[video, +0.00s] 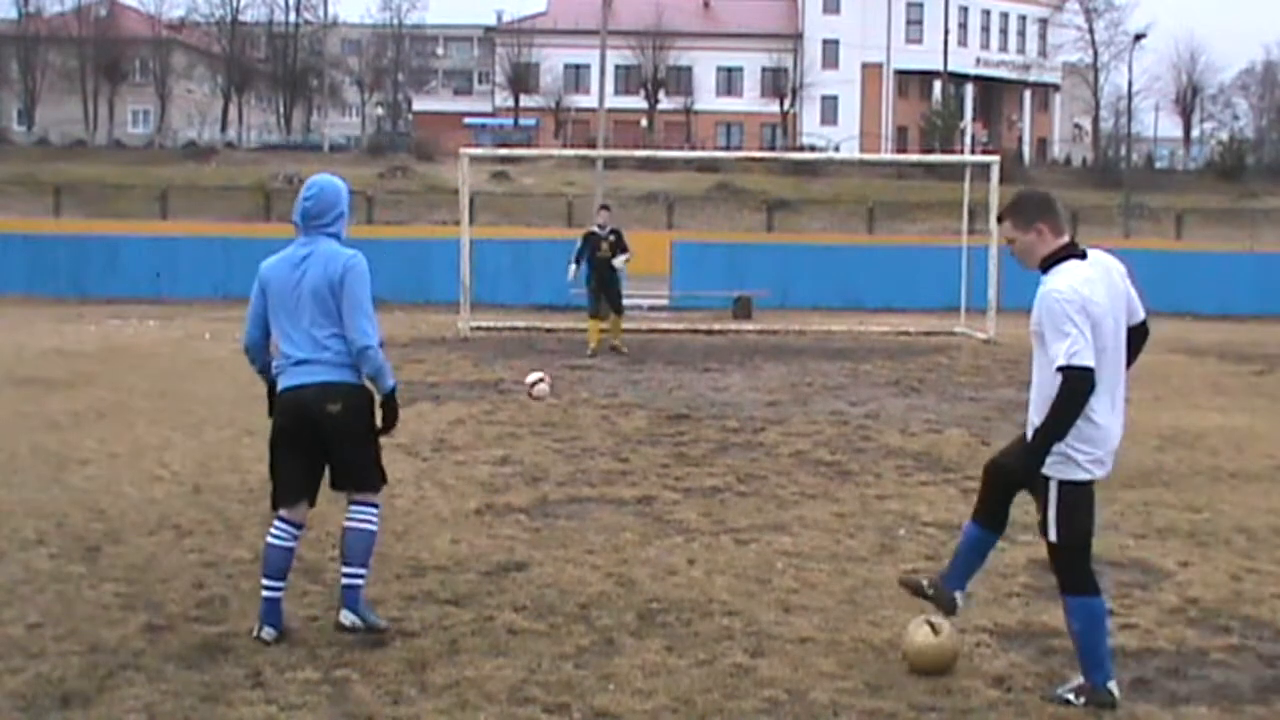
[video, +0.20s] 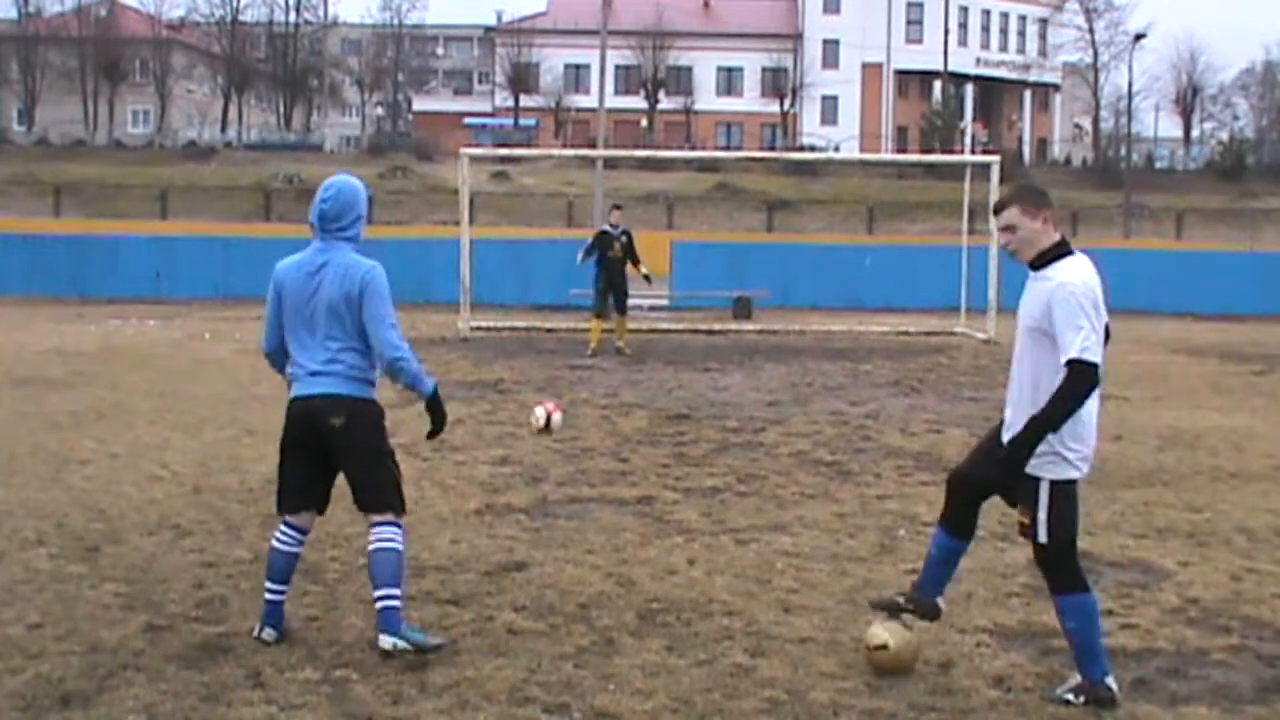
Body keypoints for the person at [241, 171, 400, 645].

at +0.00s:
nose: (349, 219)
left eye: (343, 211)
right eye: (347, 212)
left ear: (300, 213)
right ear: (341, 215)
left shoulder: (271, 266)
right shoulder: (350, 263)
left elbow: (254, 340)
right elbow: (362, 342)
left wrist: (272, 376)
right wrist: (388, 387)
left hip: (291, 400)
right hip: (344, 398)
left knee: (291, 506)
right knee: (364, 494)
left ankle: (270, 616)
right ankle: (352, 605)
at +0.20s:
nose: (367, 221)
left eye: (363, 213)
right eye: (365, 215)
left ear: (318, 215)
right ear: (360, 219)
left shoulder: (286, 269)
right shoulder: (367, 273)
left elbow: (273, 348)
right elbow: (389, 350)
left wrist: (303, 378)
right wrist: (429, 390)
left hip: (301, 410)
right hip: (355, 411)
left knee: (296, 514)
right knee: (384, 513)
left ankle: (269, 621)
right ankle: (391, 625)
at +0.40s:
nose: (401, 230)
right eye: (401, 223)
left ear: (356, 228)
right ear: (401, 228)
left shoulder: (328, 285)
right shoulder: (415, 288)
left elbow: (306, 360)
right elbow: (447, 364)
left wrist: (312, 399)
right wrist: (487, 400)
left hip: (333, 425)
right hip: (386, 427)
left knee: (318, 523)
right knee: (402, 536)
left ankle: (282, 618)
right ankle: (389, 652)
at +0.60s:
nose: (431, 215)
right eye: (430, 207)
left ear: (382, 206)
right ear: (428, 210)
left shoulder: (351, 264)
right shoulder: (443, 265)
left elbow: (326, 342)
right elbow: (468, 339)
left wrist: (318, 399)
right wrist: (493, 384)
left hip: (363, 407)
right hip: (414, 412)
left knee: (373, 514)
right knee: (410, 528)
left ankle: (350, 627)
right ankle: (395, 643)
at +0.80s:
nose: (447, 226)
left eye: (445, 219)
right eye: (445, 219)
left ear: (394, 214)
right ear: (438, 220)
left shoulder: (357, 270)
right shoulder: (444, 272)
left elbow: (332, 347)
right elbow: (467, 353)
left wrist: (318, 404)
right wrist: (496, 403)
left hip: (383, 422)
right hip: (438, 420)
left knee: (410, 528)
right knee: (466, 524)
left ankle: (418, 647)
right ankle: (423, 621)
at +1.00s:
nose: (461, 225)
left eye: (460, 217)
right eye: (459, 217)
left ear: (408, 212)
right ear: (449, 217)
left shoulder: (368, 267)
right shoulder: (451, 267)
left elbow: (347, 343)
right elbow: (461, 347)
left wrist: (336, 394)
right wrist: (484, 398)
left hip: (389, 421)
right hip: (443, 416)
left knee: (411, 530)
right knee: (511, 490)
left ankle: (417, 644)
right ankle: (480, 597)